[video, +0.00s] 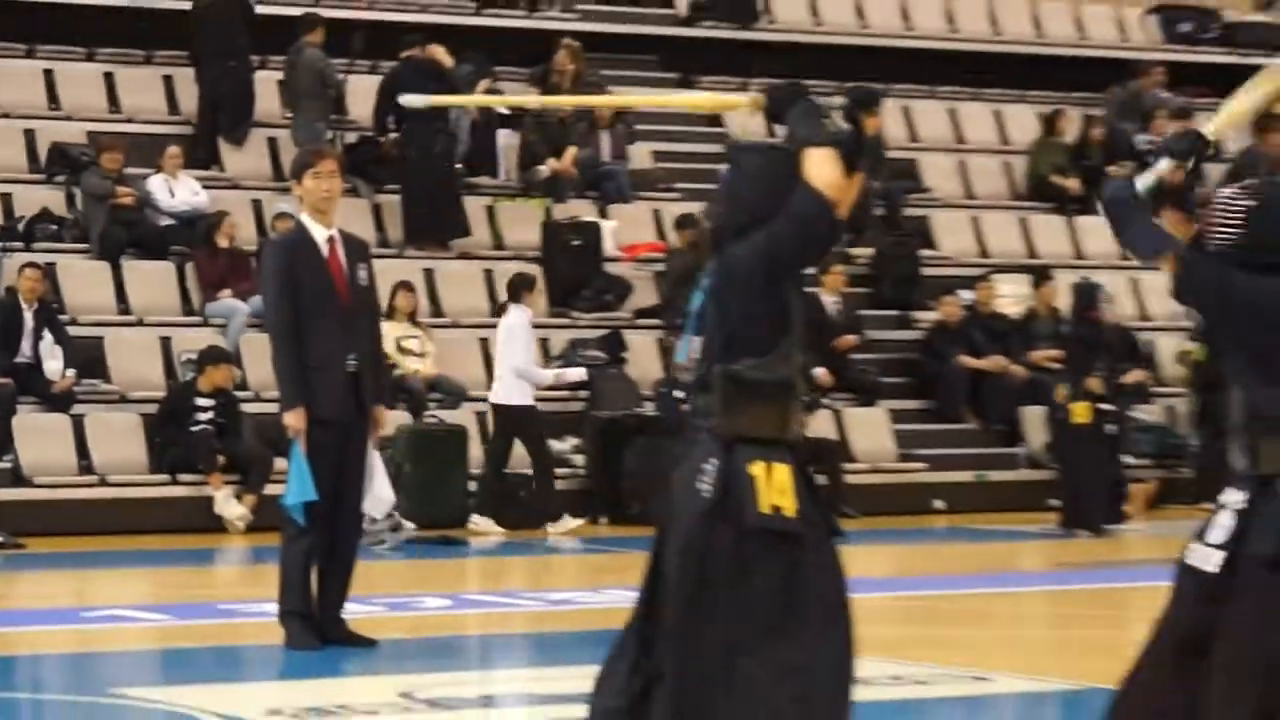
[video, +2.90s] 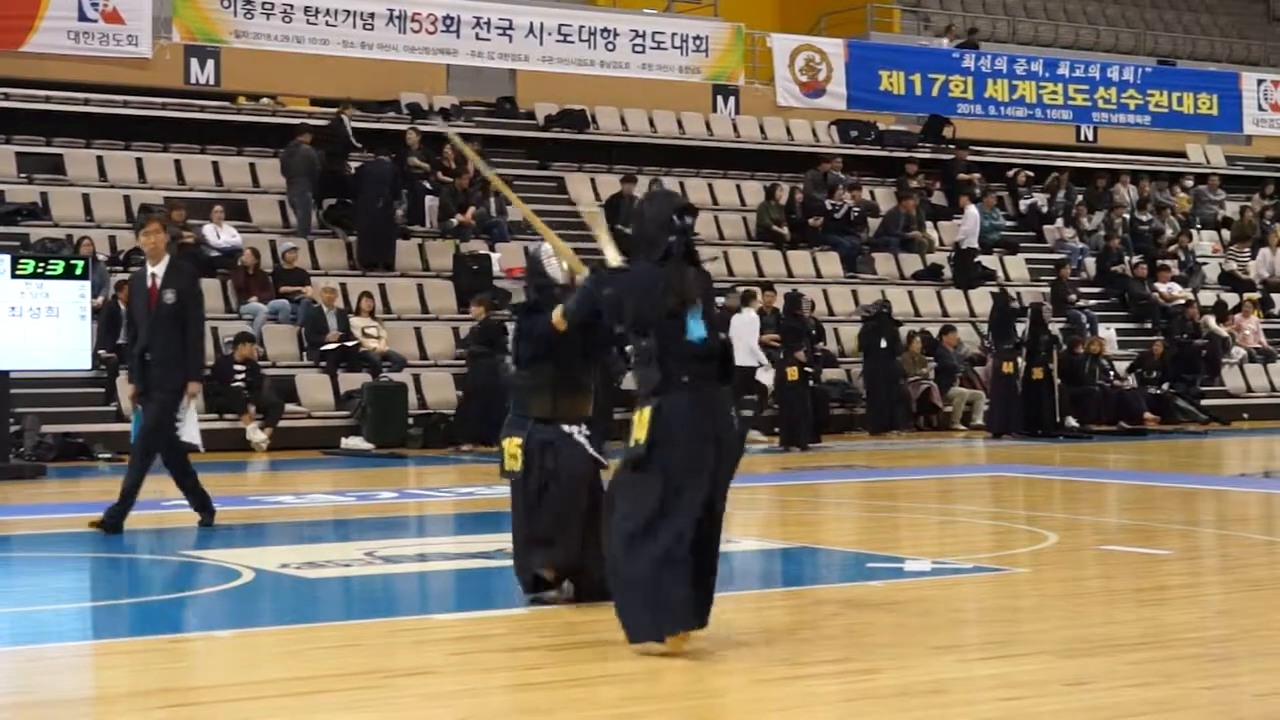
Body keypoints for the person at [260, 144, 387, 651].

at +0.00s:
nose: (329, 184)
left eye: (334, 176)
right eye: (318, 177)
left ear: (343, 184)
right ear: (298, 186)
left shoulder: (356, 248)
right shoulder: (282, 247)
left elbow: (370, 328)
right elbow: (281, 330)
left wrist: (377, 397)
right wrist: (291, 401)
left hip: (356, 394)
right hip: (312, 396)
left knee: (347, 510)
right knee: (309, 510)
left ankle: (330, 615)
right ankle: (296, 618)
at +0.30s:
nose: (271, 194)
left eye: (276, 187)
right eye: (262, 187)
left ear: (284, 194)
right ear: (245, 195)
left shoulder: (295, 249)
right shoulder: (231, 249)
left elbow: (308, 318)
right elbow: (229, 321)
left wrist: (314, 378)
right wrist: (239, 382)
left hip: (295, 375)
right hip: (256, 377)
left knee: (287, 478)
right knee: (254, 478)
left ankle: (274, 569)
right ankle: (244, 572)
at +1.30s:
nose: (304, 225)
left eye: (308, 219)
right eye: (297, 220)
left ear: (314, 224)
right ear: (286, 226)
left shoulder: (324, 265)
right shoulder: (274, 265)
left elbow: (333, 317)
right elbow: (273, 318)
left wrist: (337, 362)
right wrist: (280, 364)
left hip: (323, 362)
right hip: (293, 363)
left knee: (317, 438)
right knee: (291, 439)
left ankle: (308, 506)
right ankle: (285, 509)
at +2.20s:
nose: (242, 236)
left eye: (247, 230)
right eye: (236, 231)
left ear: (254, 234)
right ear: (227, 236)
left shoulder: (271, 272)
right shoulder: (216, 274)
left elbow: (280, 326)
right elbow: (209, 326)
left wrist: (283, 372)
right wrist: (210, 370)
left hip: (263, 369)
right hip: (228, 370)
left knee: (282, 440)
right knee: (219, 441)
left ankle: (309, 507)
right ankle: (209, 509)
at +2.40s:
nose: (212, 233)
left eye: (216, 228)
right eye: (207, 228)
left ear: (226, 232)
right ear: (198, 235)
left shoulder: (245, 269)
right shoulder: (187, 274)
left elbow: (255, 323)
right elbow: (181, 324)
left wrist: (258, 368)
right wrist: (183, 369)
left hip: (237, 367)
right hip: (200, 369)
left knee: (249, 440)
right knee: (199, 443)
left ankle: (261, 506)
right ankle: (206, 509)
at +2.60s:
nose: (188, 233)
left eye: (192, 227)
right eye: (183, 228)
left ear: (204, 230)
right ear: (176, 234)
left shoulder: (224, 267)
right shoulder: (170, 271)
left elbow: (234, 319)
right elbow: (165, 324)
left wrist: (235, 366)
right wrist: (167, 370)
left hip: (215, 363)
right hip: (182, 364)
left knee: (201, 431)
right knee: (187, 435)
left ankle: (192, 502)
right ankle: (204, 506)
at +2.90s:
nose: (151, 239)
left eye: (156, 233)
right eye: (145, 235)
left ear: (167, 236)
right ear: (138, 241)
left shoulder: (184, 273)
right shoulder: (136, 279)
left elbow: (195, 327)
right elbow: (133, 332)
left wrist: (195, 376)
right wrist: (134, 379)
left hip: (175, 373)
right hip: (145, 374)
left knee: (144, 442)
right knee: (169, 447)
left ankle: (117, 516)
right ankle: (203, 506)